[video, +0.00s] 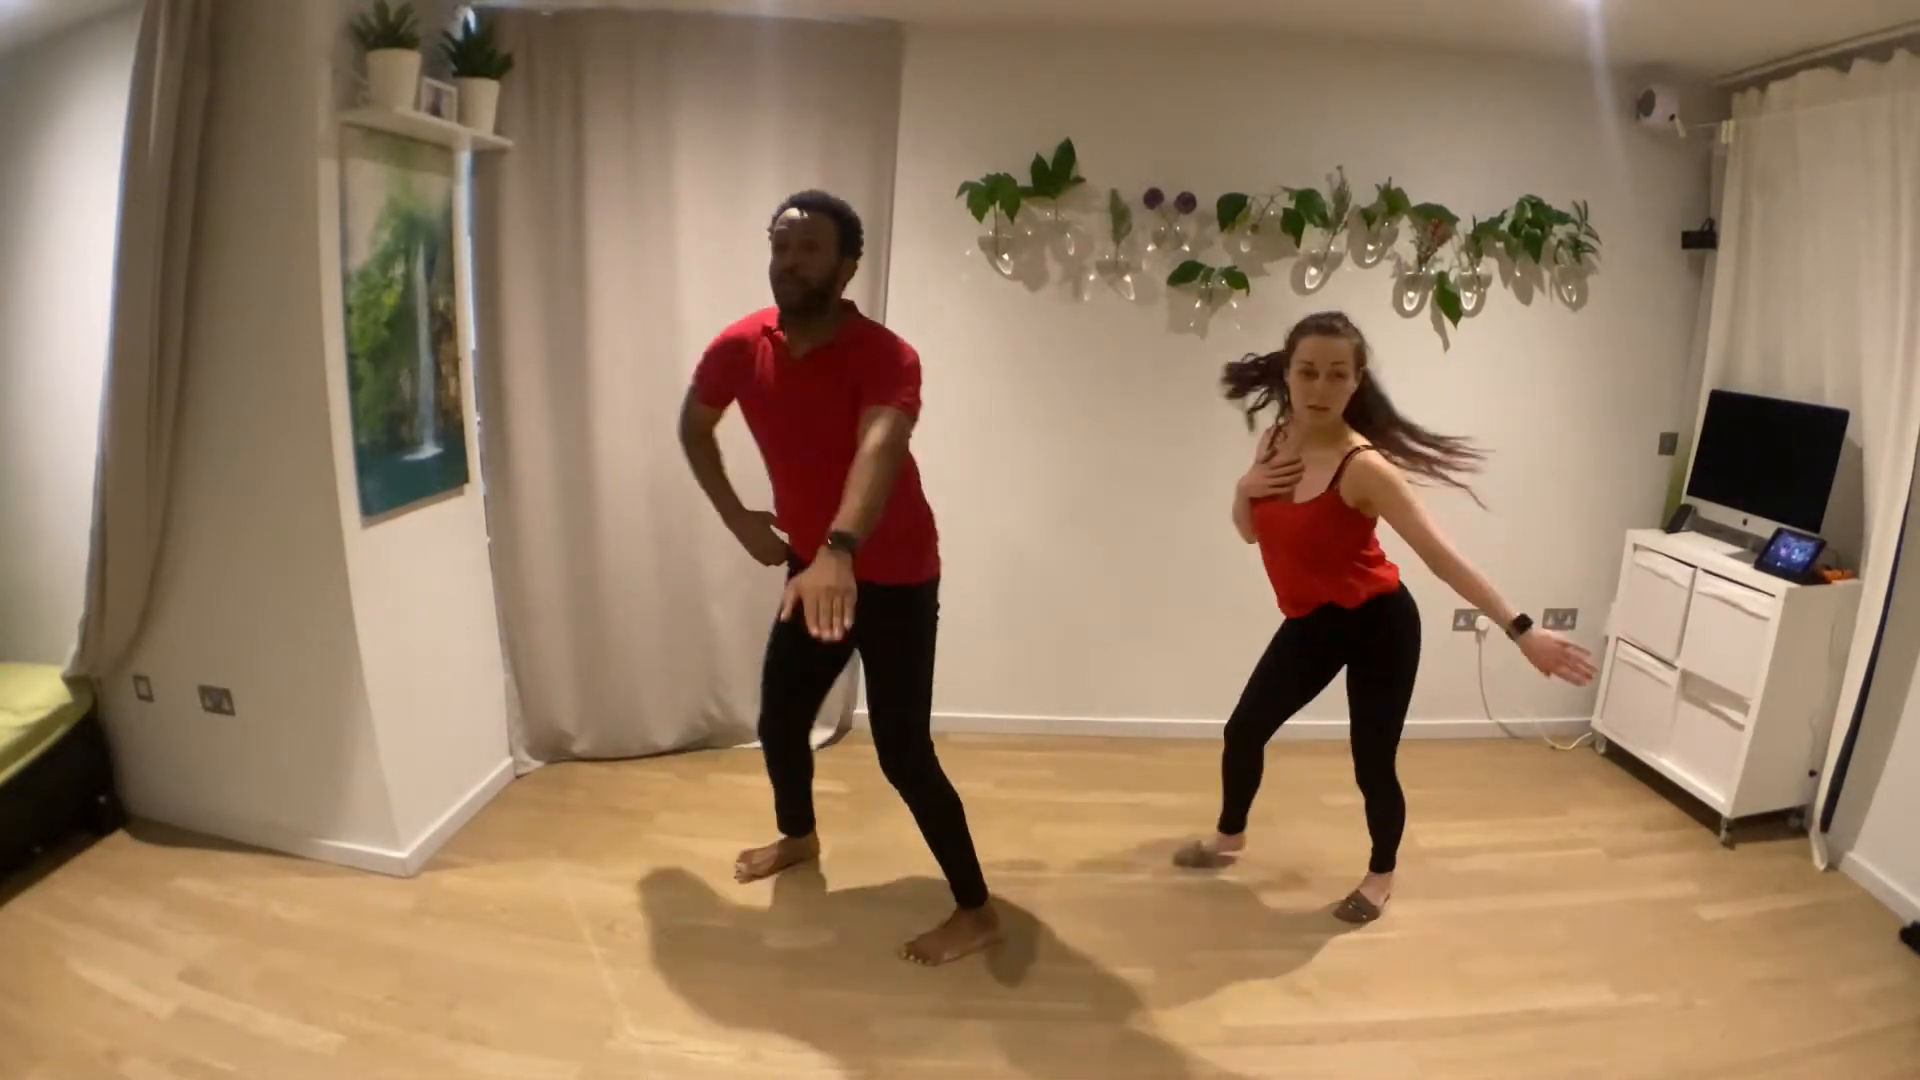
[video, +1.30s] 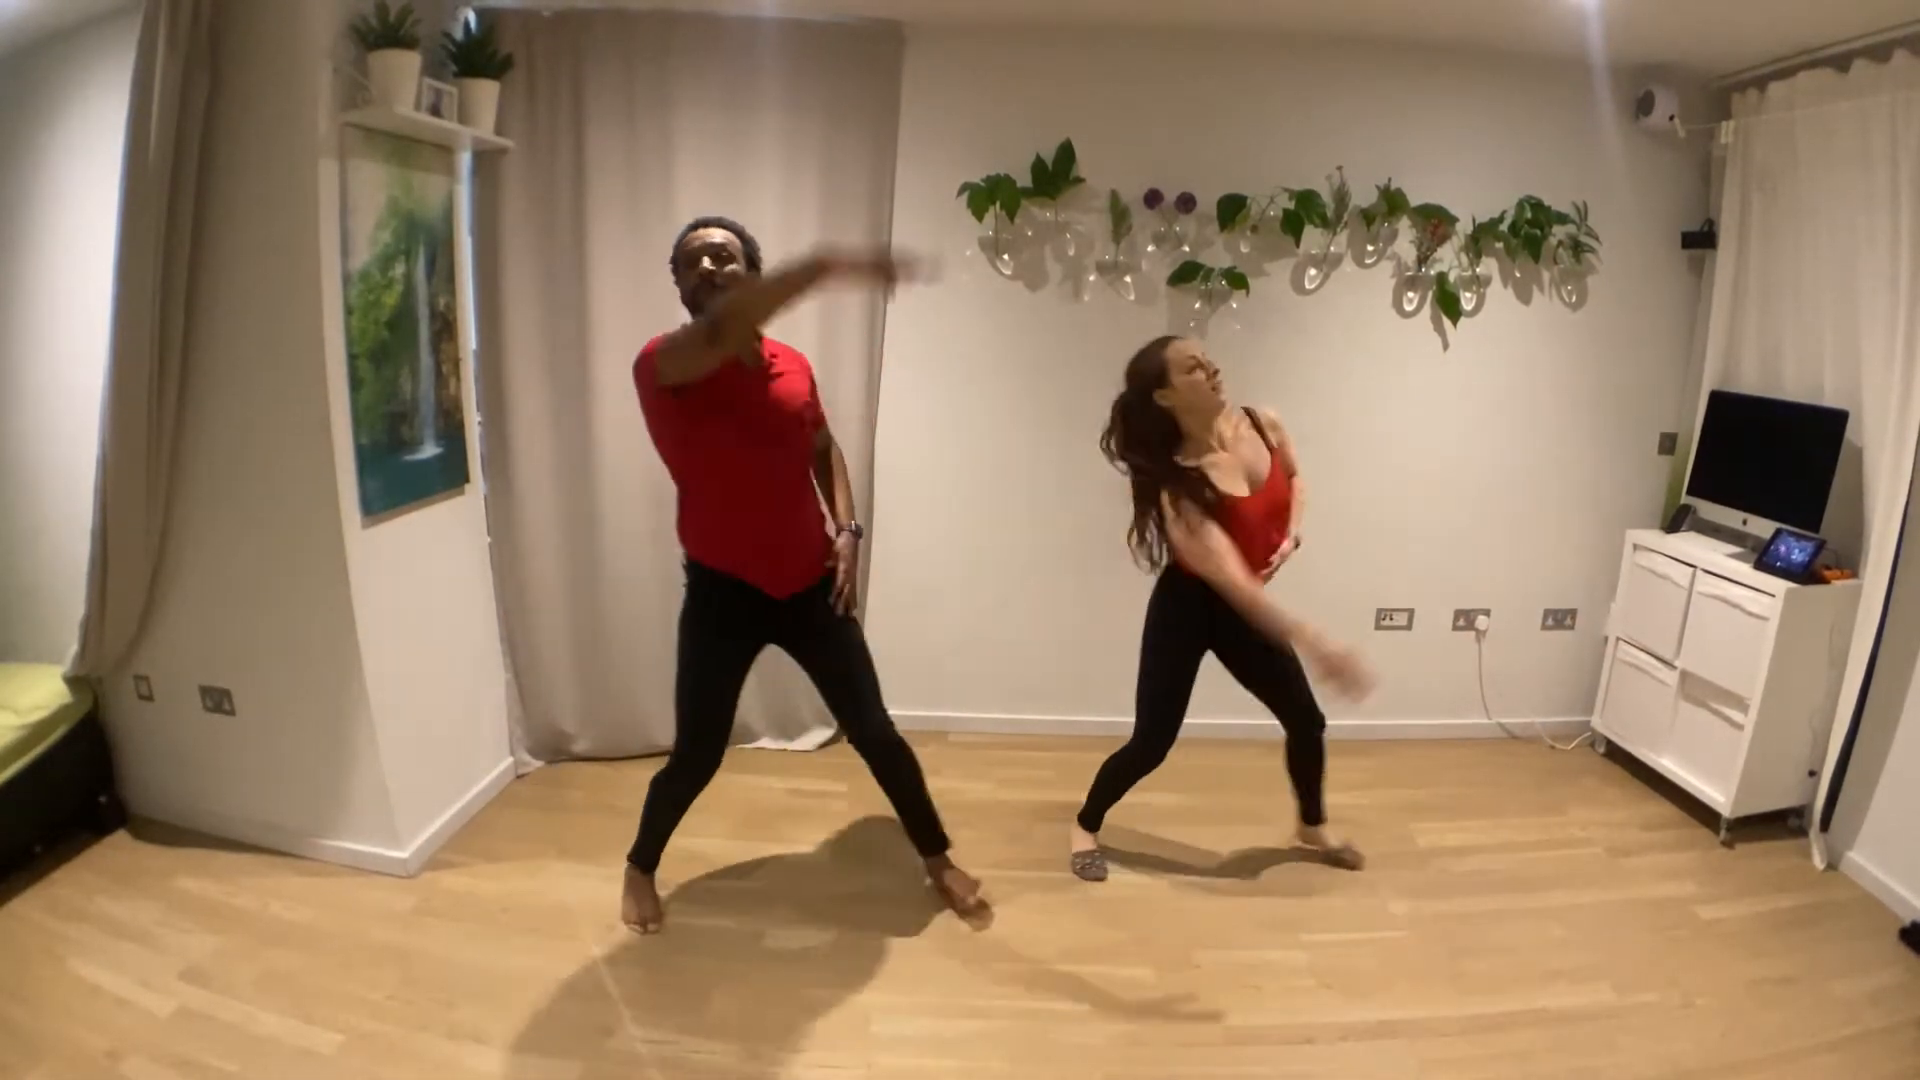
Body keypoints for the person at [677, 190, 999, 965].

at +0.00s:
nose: (788, 260)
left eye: (807, 247)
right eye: (779, 245)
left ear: (846, 263)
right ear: (768, 255)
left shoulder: (886, 357)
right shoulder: (742, 350)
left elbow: (879, 451)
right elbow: (695, 430)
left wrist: (838, 549)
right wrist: (743, 522)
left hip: (897, 574)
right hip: (814, 568)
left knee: (904, 751)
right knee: (781, 724)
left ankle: (976, 907)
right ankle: (797, 840)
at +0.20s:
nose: (765, 252)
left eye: (784, 241)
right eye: (757, 238)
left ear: (820, 259)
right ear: (744, 249)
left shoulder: (848, 349)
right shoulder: (711, 326)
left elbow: (813, 388)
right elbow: (660, 406)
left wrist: (772, 439)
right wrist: (701, 494)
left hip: (849, 562)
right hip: (769, 558)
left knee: (875, 721)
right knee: (752, 710)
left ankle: (946, 876)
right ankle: (793, 834)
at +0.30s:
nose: (750, 254)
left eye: (771, 243)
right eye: (742, 239)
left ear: (806, 259)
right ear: (728, 248)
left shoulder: (827, 350)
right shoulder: (697, 331)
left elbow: (775, 375)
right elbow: (666, 410)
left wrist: (713, 413)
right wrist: (684, 494)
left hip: (826, 557)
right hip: (748, 550)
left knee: (834, 720)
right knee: (743, 708)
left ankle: (914, 811)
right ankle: (792, 832)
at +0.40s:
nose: (736, 255)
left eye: (754, 244)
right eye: (726, 243)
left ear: (789, 259)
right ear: (713, 255)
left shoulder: (810, 350)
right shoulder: (697, 338)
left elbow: (739, 372)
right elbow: (683, 421)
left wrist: (643, 395)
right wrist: (679, 501)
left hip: (807, 558)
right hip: (730, 551)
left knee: (801, 712)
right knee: (732, 708)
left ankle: (833, 753)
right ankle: (789, 830)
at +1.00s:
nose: (686, 287)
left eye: (703, 274)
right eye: (674, 274)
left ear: (733, 286)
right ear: (660, 284)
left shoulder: (769, 374)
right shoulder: (640, 361)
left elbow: (734, 482)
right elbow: (622, 438)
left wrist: (665, 396)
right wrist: (607, 508)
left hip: (748, 577)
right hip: (668, 569)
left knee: (729, 701)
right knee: (656, 727)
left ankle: (714, 767)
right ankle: (642, 866)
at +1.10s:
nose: (682, 278)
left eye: (698, 267)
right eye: (668, 268)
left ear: (730, 283)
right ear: (654, 286)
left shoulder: (782, 372)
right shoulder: (628, 387)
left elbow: (814, 485)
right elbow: (607, 512)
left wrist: (712, 479)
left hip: (757, 579)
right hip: (671, 576)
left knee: (762, 742)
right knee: (661, 736)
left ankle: (739, 774)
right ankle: (640, 869)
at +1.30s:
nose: (709, 267)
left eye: (725, 257)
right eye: (694, 259)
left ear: (755, 278)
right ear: (674, 283)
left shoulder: (788, 363)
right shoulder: (658, 366)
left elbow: (824, 451)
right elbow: (722, 327)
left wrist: (845, 529)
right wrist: (818, 270)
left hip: (808, 582)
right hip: (722, 589)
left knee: (875, 733)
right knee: (696, 759)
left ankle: (941, 862)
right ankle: (642, 866)